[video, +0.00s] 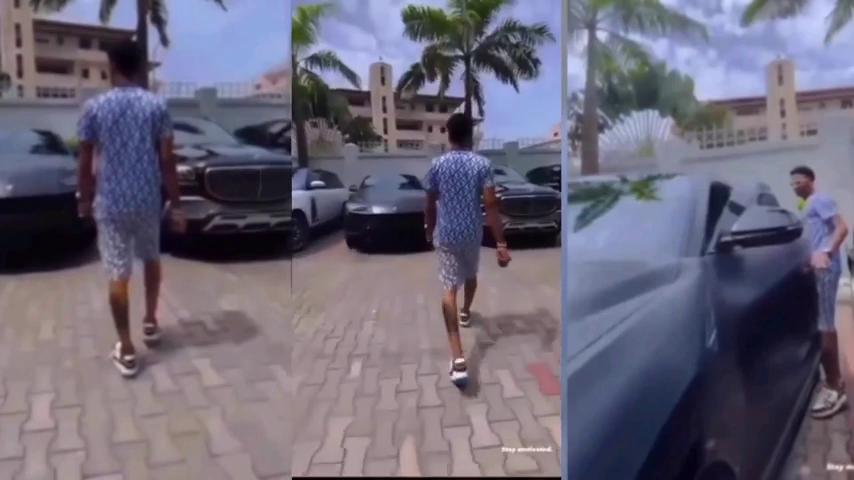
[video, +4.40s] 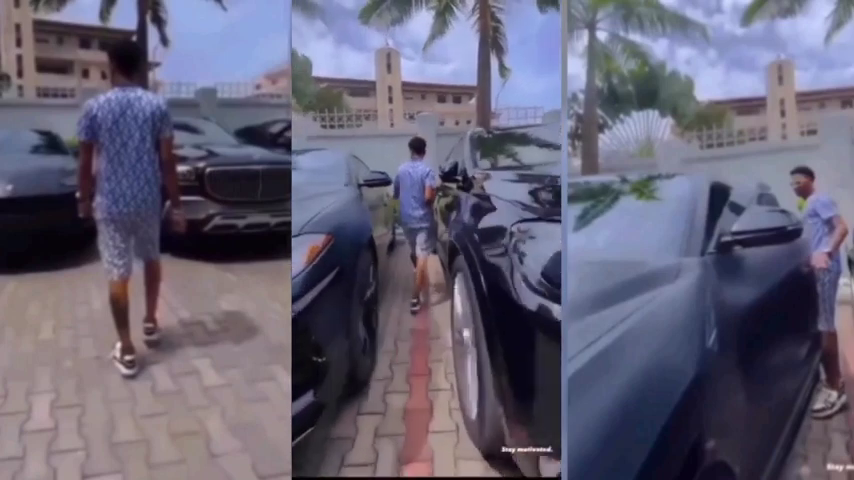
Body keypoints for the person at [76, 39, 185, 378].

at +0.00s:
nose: (110, 72)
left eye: (110, 66)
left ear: (112, 68)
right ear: (142, 67)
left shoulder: (96, 107)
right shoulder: (156, 106)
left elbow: (85, 161)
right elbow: (167, 160)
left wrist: (85, 199)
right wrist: (175, 202)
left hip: (110, 201)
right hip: (147, 200)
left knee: (118, 273)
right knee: (151, 260)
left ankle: (125, 348)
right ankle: (150, 319)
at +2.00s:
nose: (110, 71)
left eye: (110, 66)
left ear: (112, 68)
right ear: (142, 67)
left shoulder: (95, 107)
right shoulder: (156, 106)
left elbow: (85, 161)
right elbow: (167, 160)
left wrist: (84, 199)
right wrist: (175, 202)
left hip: (110, 201)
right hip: (147, 200)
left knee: (118, 273)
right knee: (151, 260)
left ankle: (125, 348)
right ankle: (150, 319)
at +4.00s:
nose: (110, 71)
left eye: (110, 66)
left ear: (112, 68)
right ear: (142, 67)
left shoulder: (95, 107)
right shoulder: (156, 106)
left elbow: (85, 161)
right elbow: (167, 160)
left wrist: (84, 199)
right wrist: (175, 202)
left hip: (110, 202)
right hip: (147, 200)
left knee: (118, 273)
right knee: (151, 260)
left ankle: (125, 348)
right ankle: (150, 319)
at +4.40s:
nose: (111, 72)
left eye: (110, 66)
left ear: (112, 68)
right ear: (142, 68)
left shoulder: (96, 107)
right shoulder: (156, 106)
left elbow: (85, 161)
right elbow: (167, 160)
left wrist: (84, 199)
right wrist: (175, 202)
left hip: (110, 202)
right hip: (147, 201)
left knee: (118, 273)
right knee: (151, 259)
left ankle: (125, 348)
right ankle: (150, 319)